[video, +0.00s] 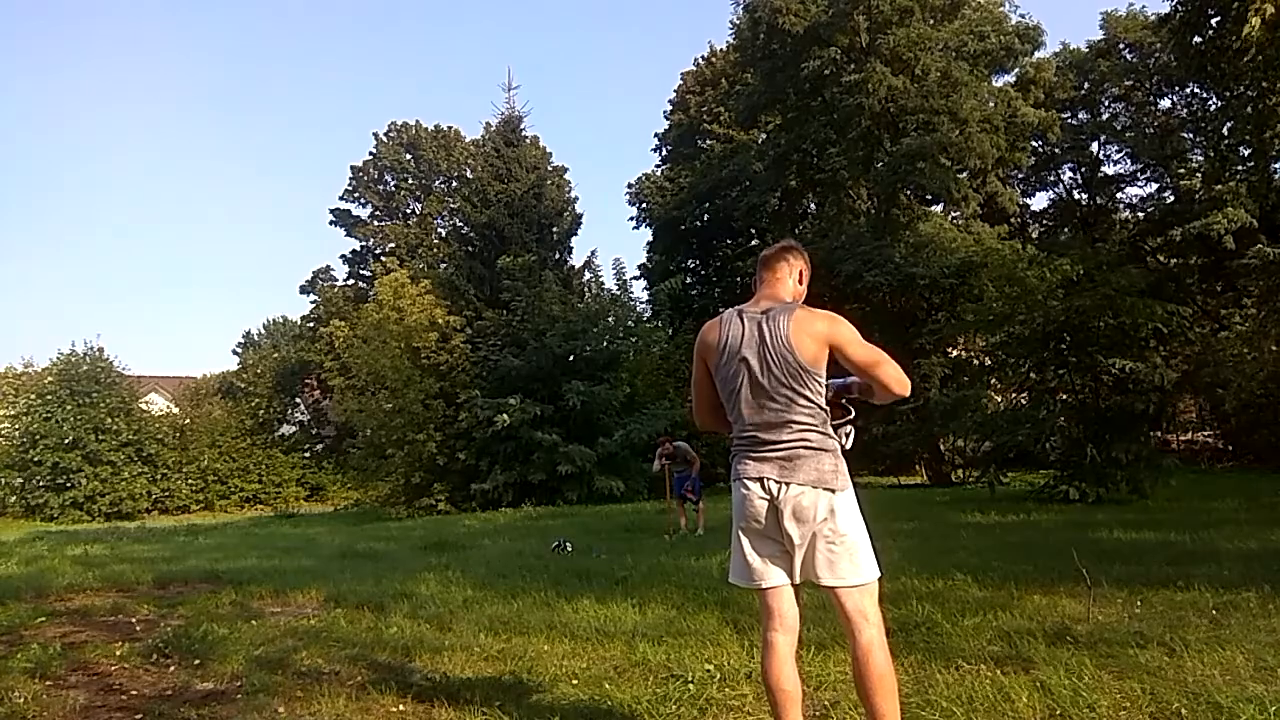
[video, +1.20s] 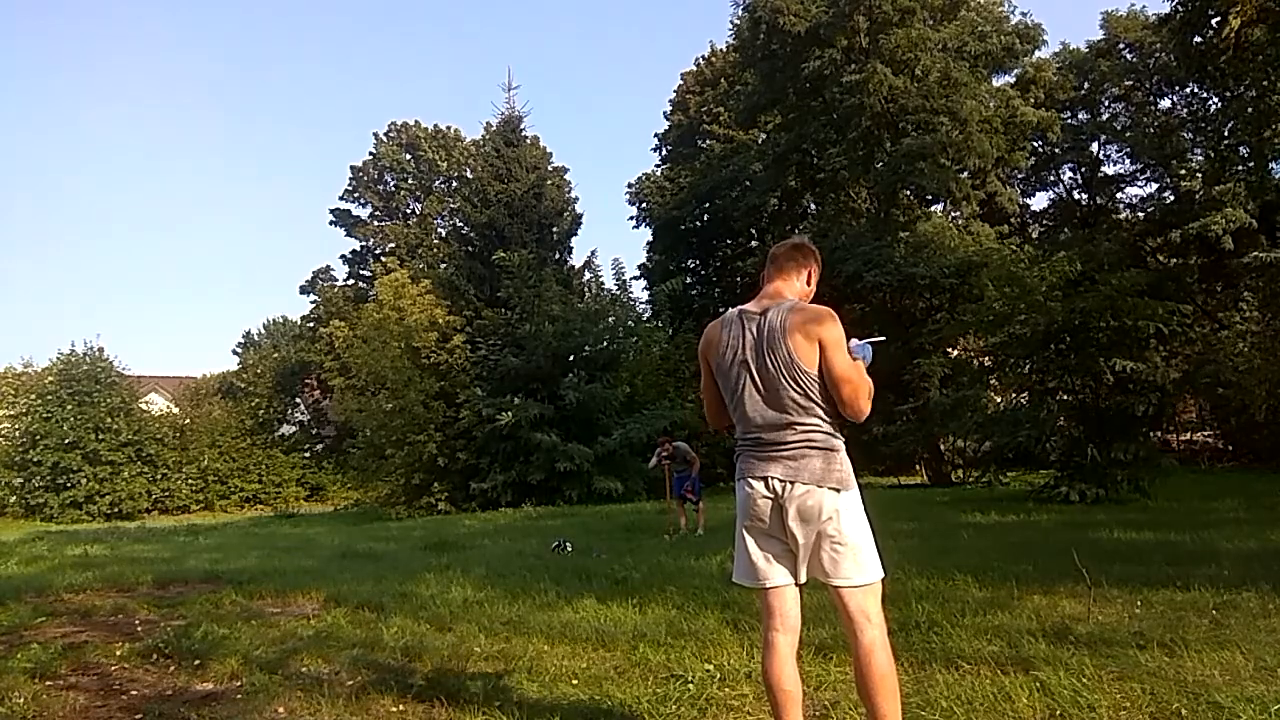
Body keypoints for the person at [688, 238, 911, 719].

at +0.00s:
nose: (806, 289)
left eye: (804, 282)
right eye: (806, 281)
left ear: (756, 279)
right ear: (799, 278)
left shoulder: (711, 333)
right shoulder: (820, 323)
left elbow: (706, 418)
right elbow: (897, 386)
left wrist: (764, 411)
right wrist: (853, 386)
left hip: (751, 491)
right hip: (820, 488)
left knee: (778, 626)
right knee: (865, 623)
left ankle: (789, 718)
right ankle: (887, 716)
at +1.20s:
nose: (815, 289)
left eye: (814, 283)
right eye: (816, 282)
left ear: (765, 274)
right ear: (808, 277)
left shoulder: (715, 333)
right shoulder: (819, 320)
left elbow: (718, 418)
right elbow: (857, 406)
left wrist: (765, 387)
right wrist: (858, 364)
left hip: (755, 488)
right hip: (823, 484)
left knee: (778, 630)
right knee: (867, 626)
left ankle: (790, 719)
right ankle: (887, 716)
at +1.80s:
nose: (827, 285)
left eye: (826, 278)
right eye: (826, 279)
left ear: (774, 276)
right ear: (818, 281)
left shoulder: (723, 323)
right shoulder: (820, 317)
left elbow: (754, 321)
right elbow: (879, 366)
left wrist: (798, 290)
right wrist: (852, 304)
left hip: (755, 488)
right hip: (824, 486)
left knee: (779, 627)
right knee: (867, 625)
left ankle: (790, 718)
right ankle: (887, 716)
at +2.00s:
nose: (833, 291)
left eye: (834, 284)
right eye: (833, 283)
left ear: (777, 278)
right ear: (821, 279)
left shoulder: (727, 325)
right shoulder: (822, 317)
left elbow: (757, 314)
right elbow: (874, 363)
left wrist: (807, 267)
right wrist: (854, 299)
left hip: (757, 484)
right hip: (826, 483)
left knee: (780, 630)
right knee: (869, 626)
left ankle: (791, 718)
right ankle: (888, 717)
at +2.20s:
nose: (835, 293)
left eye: (837, 286)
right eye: (836, 286)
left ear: (778, 281)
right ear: (823, 279)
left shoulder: (730, 325)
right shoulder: (827, 317)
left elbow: (752, 315)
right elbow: (884, 365)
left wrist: (789, 290)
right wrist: (863, 303)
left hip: (763, 482)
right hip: (831, 480)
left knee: (783, 630)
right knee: (871, 627)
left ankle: (792, 719)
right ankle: (889, 717)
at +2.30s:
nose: (827, 289)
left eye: (828, 280)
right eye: (826, 281)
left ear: (773, 283)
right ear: (817, 279)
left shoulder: (733, 324)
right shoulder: (830, 314)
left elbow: (765, 310)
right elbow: (890, 375)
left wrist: (816, 292)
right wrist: (867, 309)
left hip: (766, 484)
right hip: (835, 483)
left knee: (784, 630)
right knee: (873, 628)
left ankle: (793, 719)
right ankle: (891, 718)